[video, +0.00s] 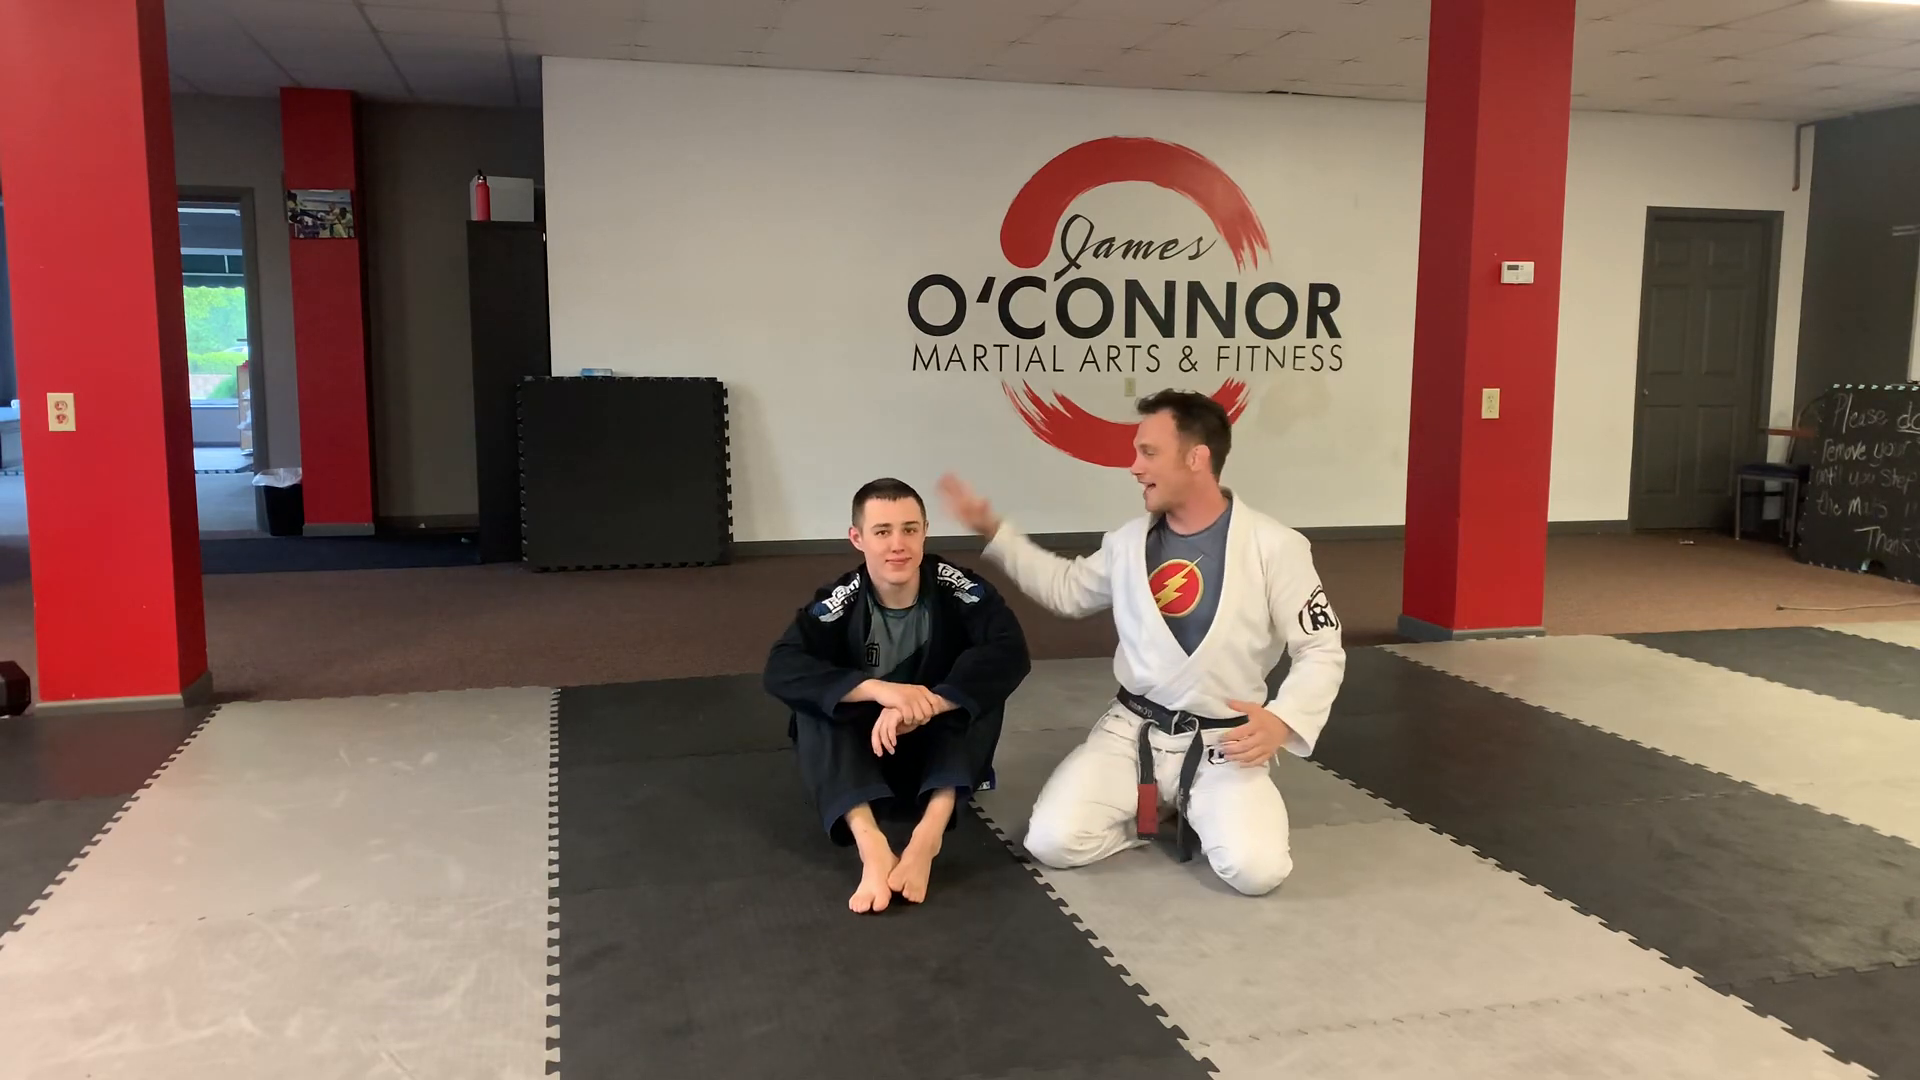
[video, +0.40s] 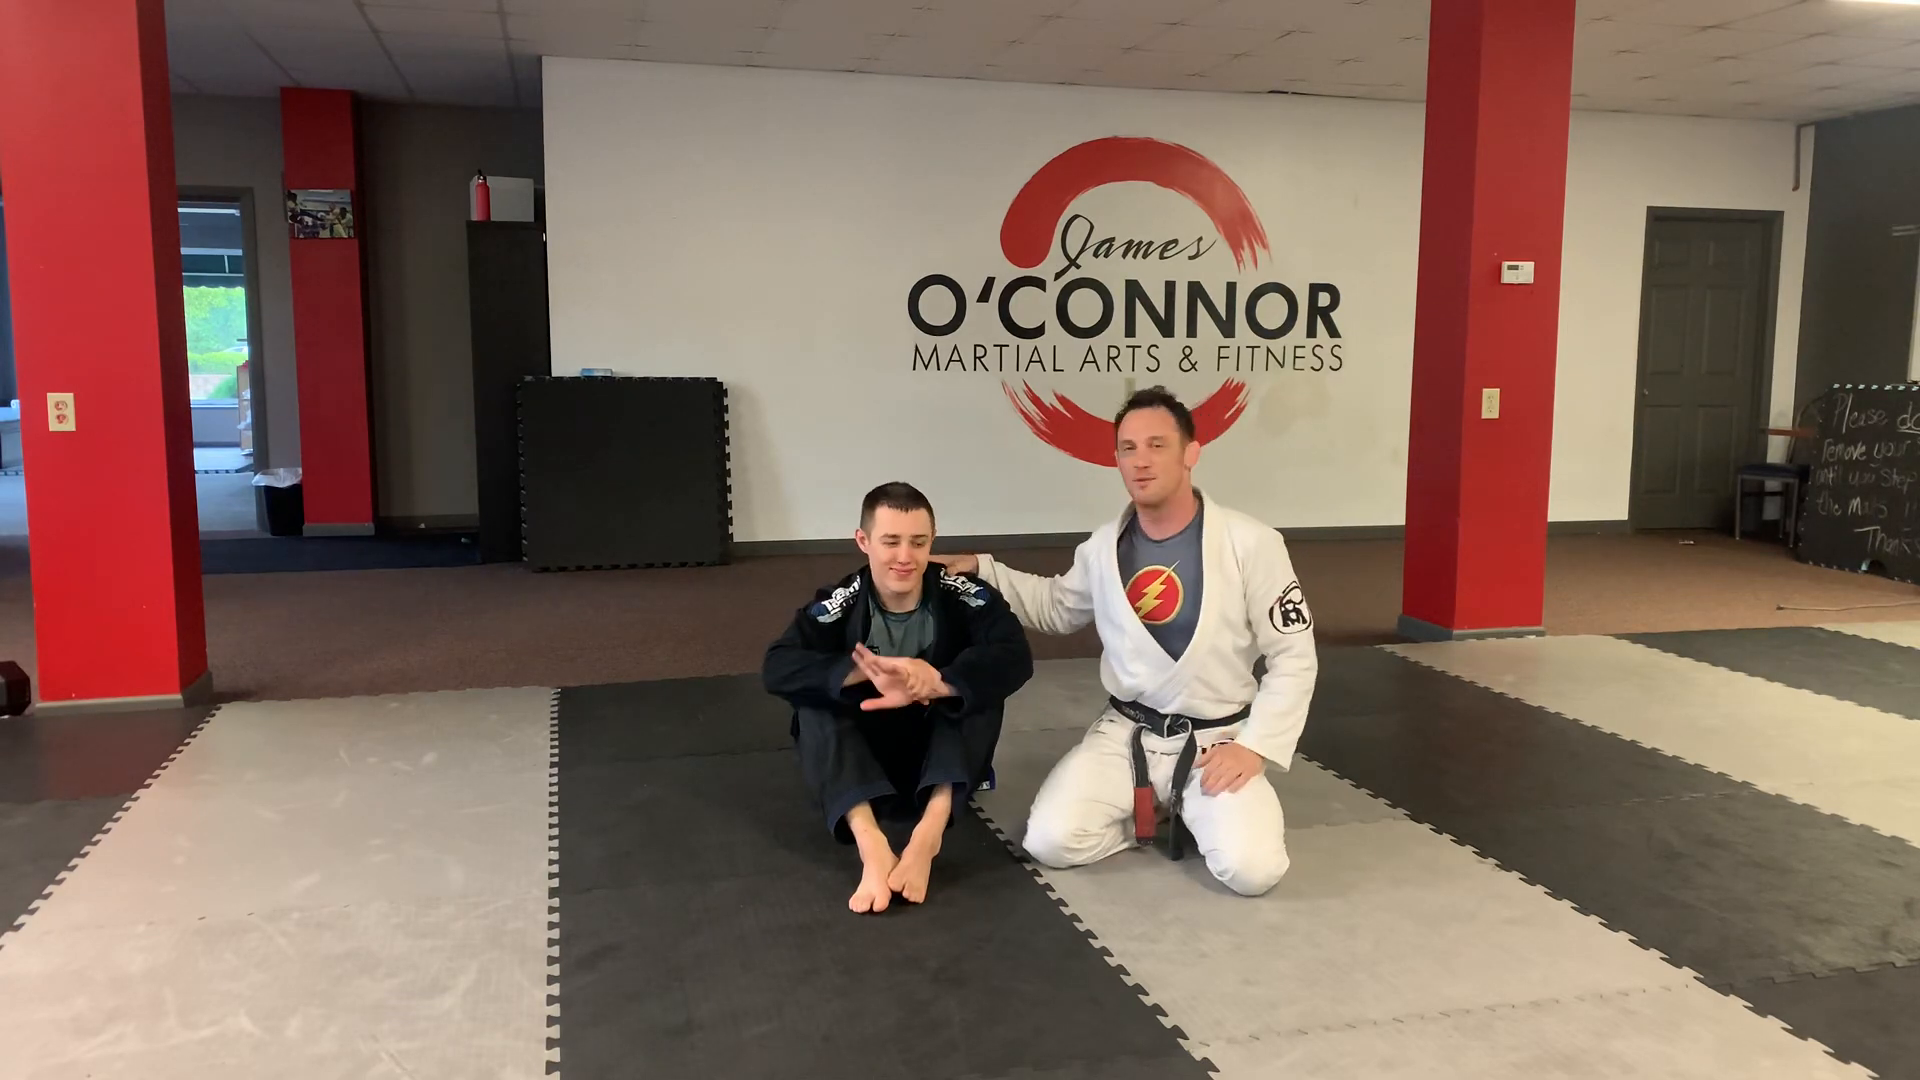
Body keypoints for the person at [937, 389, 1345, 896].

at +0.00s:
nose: (1135, 468)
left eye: (1149, 453)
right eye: (1136, 454)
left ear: (1197, 459)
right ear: (1189, 460)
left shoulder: (1274, 548)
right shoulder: (1129, 543)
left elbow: (1321, 651)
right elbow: (1067, 590)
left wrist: (1283, 723)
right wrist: (992, 530)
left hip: (1226, 744)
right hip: (1130, 730)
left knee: (1259, 871)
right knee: (1052, 842)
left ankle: (1203, 805)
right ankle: (1155, 803)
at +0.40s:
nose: (1140, 461)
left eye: (1157, 445)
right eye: (1128, 448)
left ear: (1191, 454)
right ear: (1115, 460)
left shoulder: (1251, 544)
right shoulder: (1101, 550)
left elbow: (1293, 657)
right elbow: (1055, 609)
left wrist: (1256, 748)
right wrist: (982, 568)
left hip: (1220, 737)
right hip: (1126, 730)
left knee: (1254, 871)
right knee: (1050, 841)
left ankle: (1199, 799)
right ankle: (1159, 809)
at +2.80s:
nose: (1135, 468)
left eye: (1150, 454)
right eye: (1134, 455)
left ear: (1199, 462)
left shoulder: (1260, 544)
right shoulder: (1121, 540)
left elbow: (1275, 651)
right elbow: (1064, 590)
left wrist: (1208, 566)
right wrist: (989, 539)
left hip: (1211, 737)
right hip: (1119, 727)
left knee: (1246, 870)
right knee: (1045, 842)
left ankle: (1198, 798)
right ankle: (1154, 810)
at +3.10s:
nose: (1194, 475)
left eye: (1212, 459)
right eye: (1185, 459)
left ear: (1250, 464)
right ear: (1175, 463)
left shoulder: (1295, 545)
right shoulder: (1148, 541)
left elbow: (1295, 643)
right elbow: (1081, 595)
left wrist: (1241, 551)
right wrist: (987, 579)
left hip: (1233, 739)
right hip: (1137, 726)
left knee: (1258, 863)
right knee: (1052, 843)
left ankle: (1205, 798)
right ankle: (1157, 807)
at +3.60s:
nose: (1250, 496)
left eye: (1268, 480)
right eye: (1235, 480)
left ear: (1296, 492)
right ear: (1215, 490)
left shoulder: (1341, 584)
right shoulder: (1179, 569)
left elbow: (1347, 705)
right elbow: (1121, 662)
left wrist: (1288, 800)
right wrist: (1084, 771)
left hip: (1279, 737)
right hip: (1181, 722)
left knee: (1261, 875)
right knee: (1140, 859)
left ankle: (1223, 804)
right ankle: (1193, 806)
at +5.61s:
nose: (1159, 469)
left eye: (1175, 456)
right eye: (1151, 455)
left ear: (1211, 460)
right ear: (1143, 455)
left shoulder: (1256, 532)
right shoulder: (1119, 523)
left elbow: (1293, 621)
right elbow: (1087, 593)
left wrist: (1310, 692)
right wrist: (1082, 635)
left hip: (1213, 696)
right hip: (1124, 684)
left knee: (1248, 805)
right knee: (1099, 794)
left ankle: (1179, 759)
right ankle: (1173, 763)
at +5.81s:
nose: (1141, 460)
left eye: (1157, 446)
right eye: (1133, 446)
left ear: (1190, 447)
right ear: (1124, 447)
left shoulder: (1239, 521)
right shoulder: (1109, 521)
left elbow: (1279, 600)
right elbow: (1082, 593)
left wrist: (1291, 651)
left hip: (1200, 693)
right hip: (1114, 686)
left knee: (1245, 803)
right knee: (1058, 774)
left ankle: (1179, 763)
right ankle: (1157, 766)